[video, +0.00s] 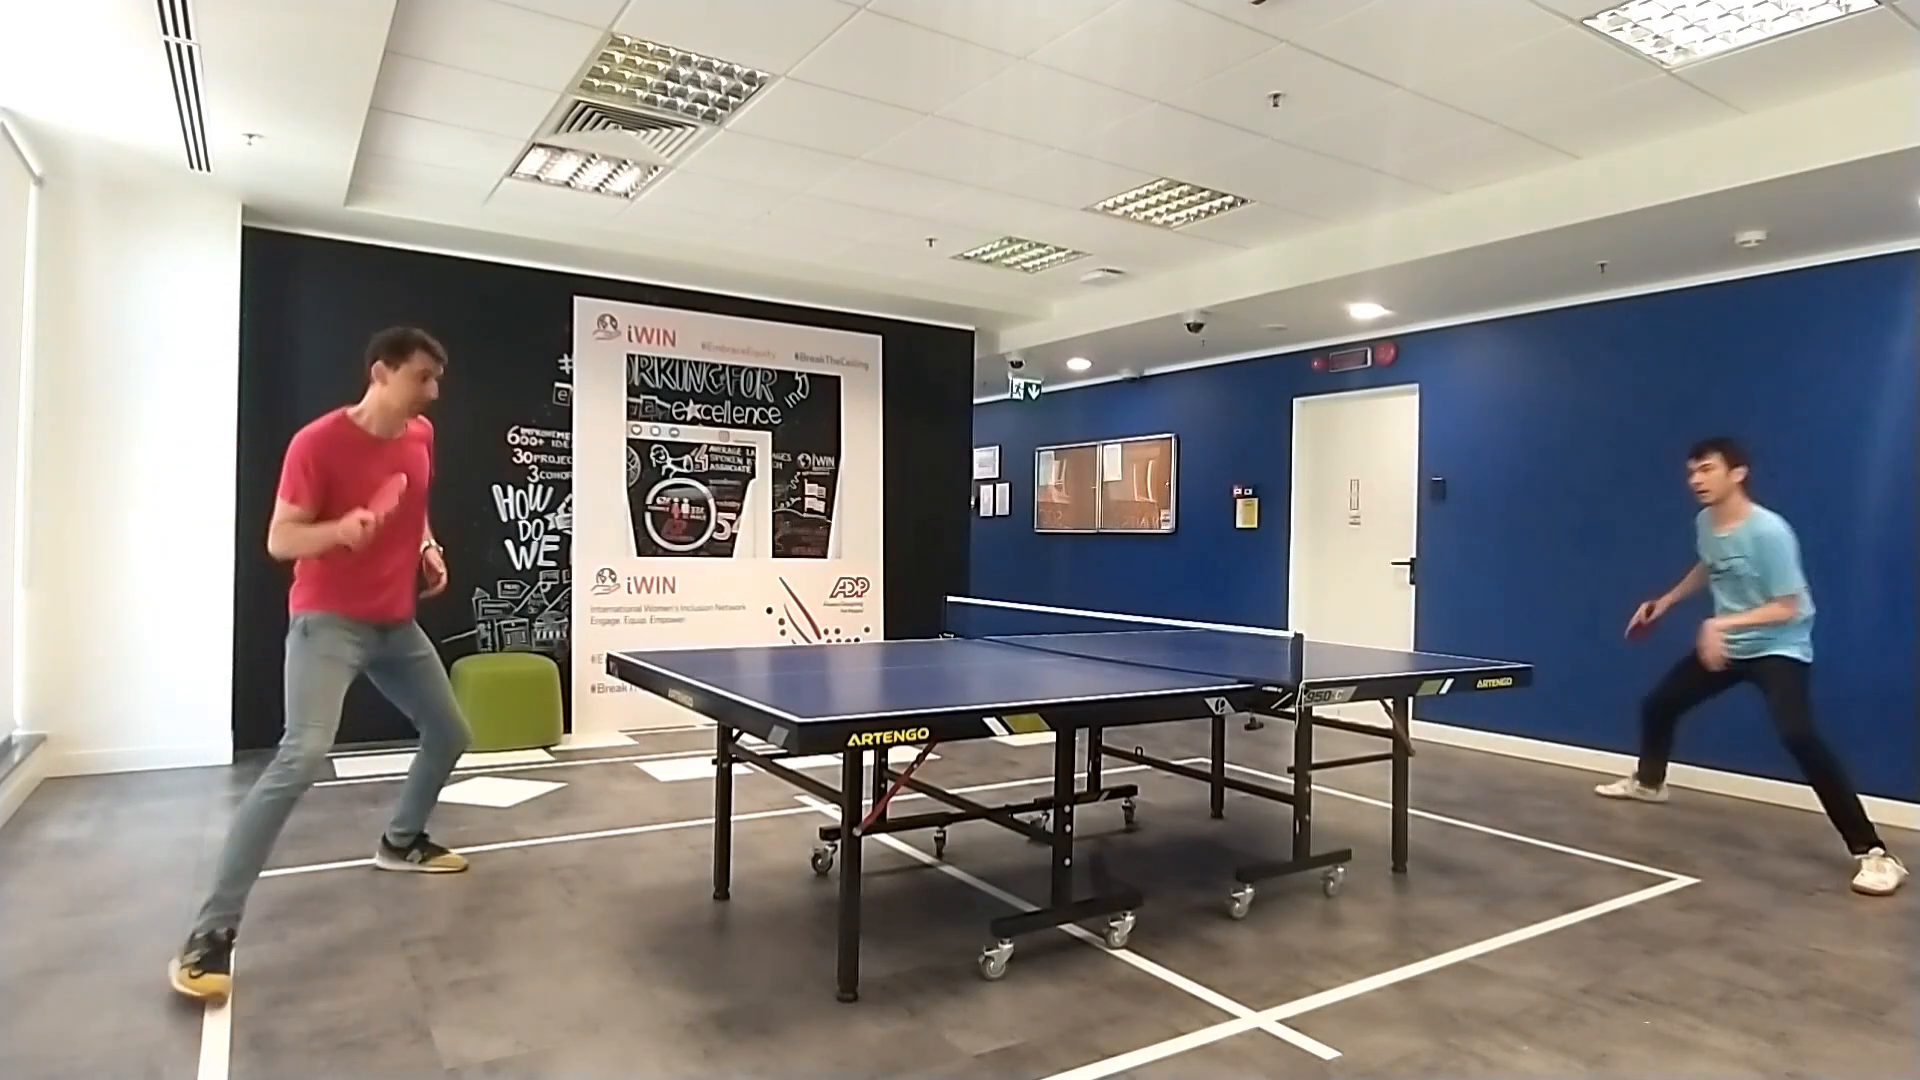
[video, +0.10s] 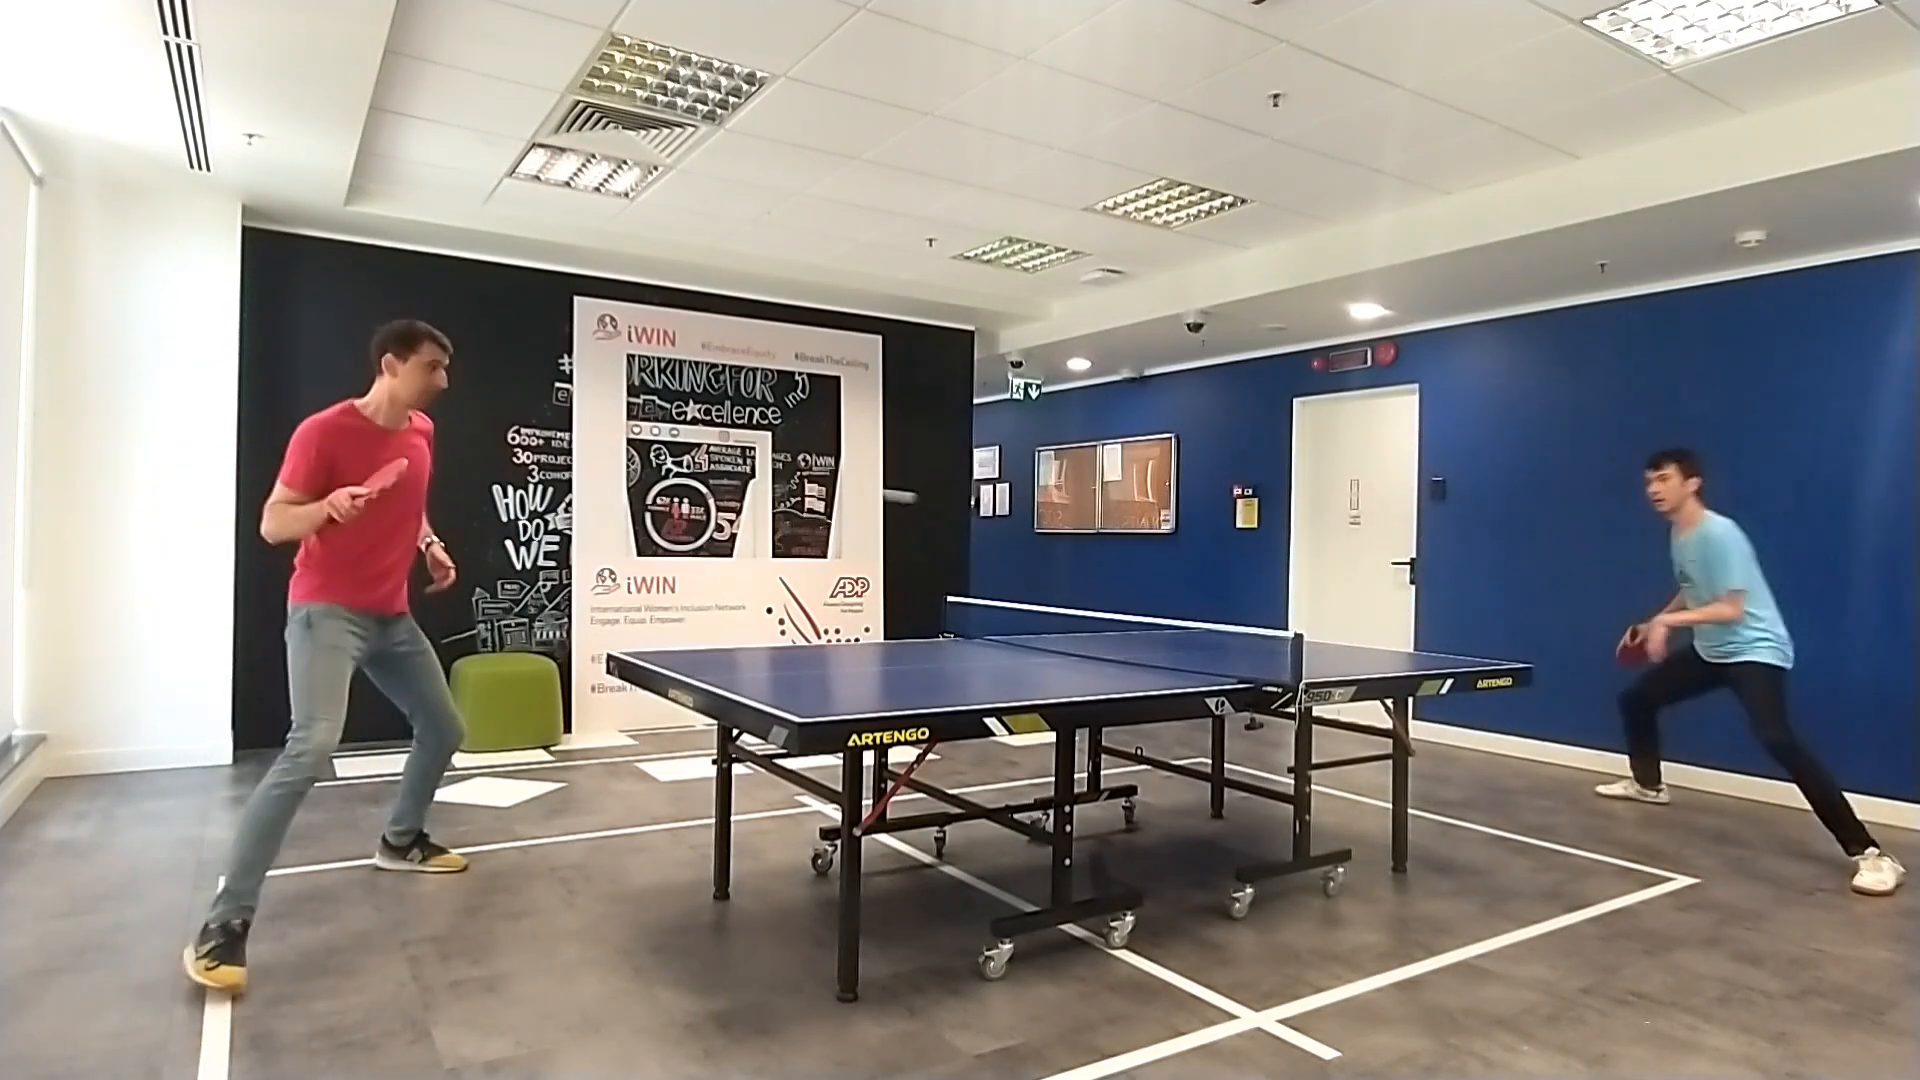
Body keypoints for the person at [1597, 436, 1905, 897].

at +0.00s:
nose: (1696, 479)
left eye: (1706, 469)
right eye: (1693, 472)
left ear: (1738, 475)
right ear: (1693, 480)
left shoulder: (1770, 531)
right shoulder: (1706, 521)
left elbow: (1790, 606)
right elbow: (1710, 569)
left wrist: (1722, 623)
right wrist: (1667, 601)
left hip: (1779, 651)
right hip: (1730, 646)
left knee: (1798, 736)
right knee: (1660, 704)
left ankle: (1873, 854)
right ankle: (1648, 783)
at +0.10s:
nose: (1653, 489)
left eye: (1662, 479)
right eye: (1650, 482)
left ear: (1692, 484)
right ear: (1651, 490)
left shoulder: (1720, 533)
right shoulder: (1679, 536)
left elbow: (1733, 607)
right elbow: (1692, 595)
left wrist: (1669, 621)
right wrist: (1654, 624)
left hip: (1756, 653)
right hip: (1711, 650)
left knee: (1777, 740)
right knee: (1637, 701)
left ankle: (1869, 855)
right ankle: (1647, 784)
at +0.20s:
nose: (1616, 492)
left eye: (1625, 483)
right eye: (1613, 486)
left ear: (1653, 487)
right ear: (1616, 494)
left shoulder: (1675, 528)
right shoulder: (1653, 536)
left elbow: (1685, 598)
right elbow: (1680, 599)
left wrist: (1627, 611)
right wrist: (1653, 640)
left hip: (1735, 646)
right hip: (1697, 645)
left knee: (1770, 737)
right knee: (1630, 696)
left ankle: (1857, 849)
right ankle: (1646, 784)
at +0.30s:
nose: (1589, 495)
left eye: (1596, 485)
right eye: (1585, 488)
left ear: (1624, 486)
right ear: (1601, 493)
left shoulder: (1641, 521)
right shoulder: (1637, 523)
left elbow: (1639, 590)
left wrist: (1593, 598)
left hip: (1726, 635)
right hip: (1691, 635)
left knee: (1760, 728)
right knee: (1634, 694)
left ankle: (1846, 839)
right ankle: (1646, 783)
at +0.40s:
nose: (1573, 496)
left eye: (1579, 486)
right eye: (1570, 489)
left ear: (1607, 485)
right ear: (1607, 490)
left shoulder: (1616, 517)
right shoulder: (1639, 513)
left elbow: (1604, 578)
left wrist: (1563, 586)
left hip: (1716, 628)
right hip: (1687, 630)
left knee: (1750, 720)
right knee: (1638, 692)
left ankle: (1833, 831)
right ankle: (1648, 784)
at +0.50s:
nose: (1560, 492)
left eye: (1567, 482)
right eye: (1558, 485)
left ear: (1595, 482)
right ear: (1595, 487)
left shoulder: (1607, 512)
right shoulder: (1631, 511)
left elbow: (1602, 564)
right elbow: (1678, 565)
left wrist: (1560, 580)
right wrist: (1720, 623)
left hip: (1703, 621)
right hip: (1679, 624)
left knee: (1718, 710)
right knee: (1639, 694)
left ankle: (1814, 815)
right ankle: (1649, 782)